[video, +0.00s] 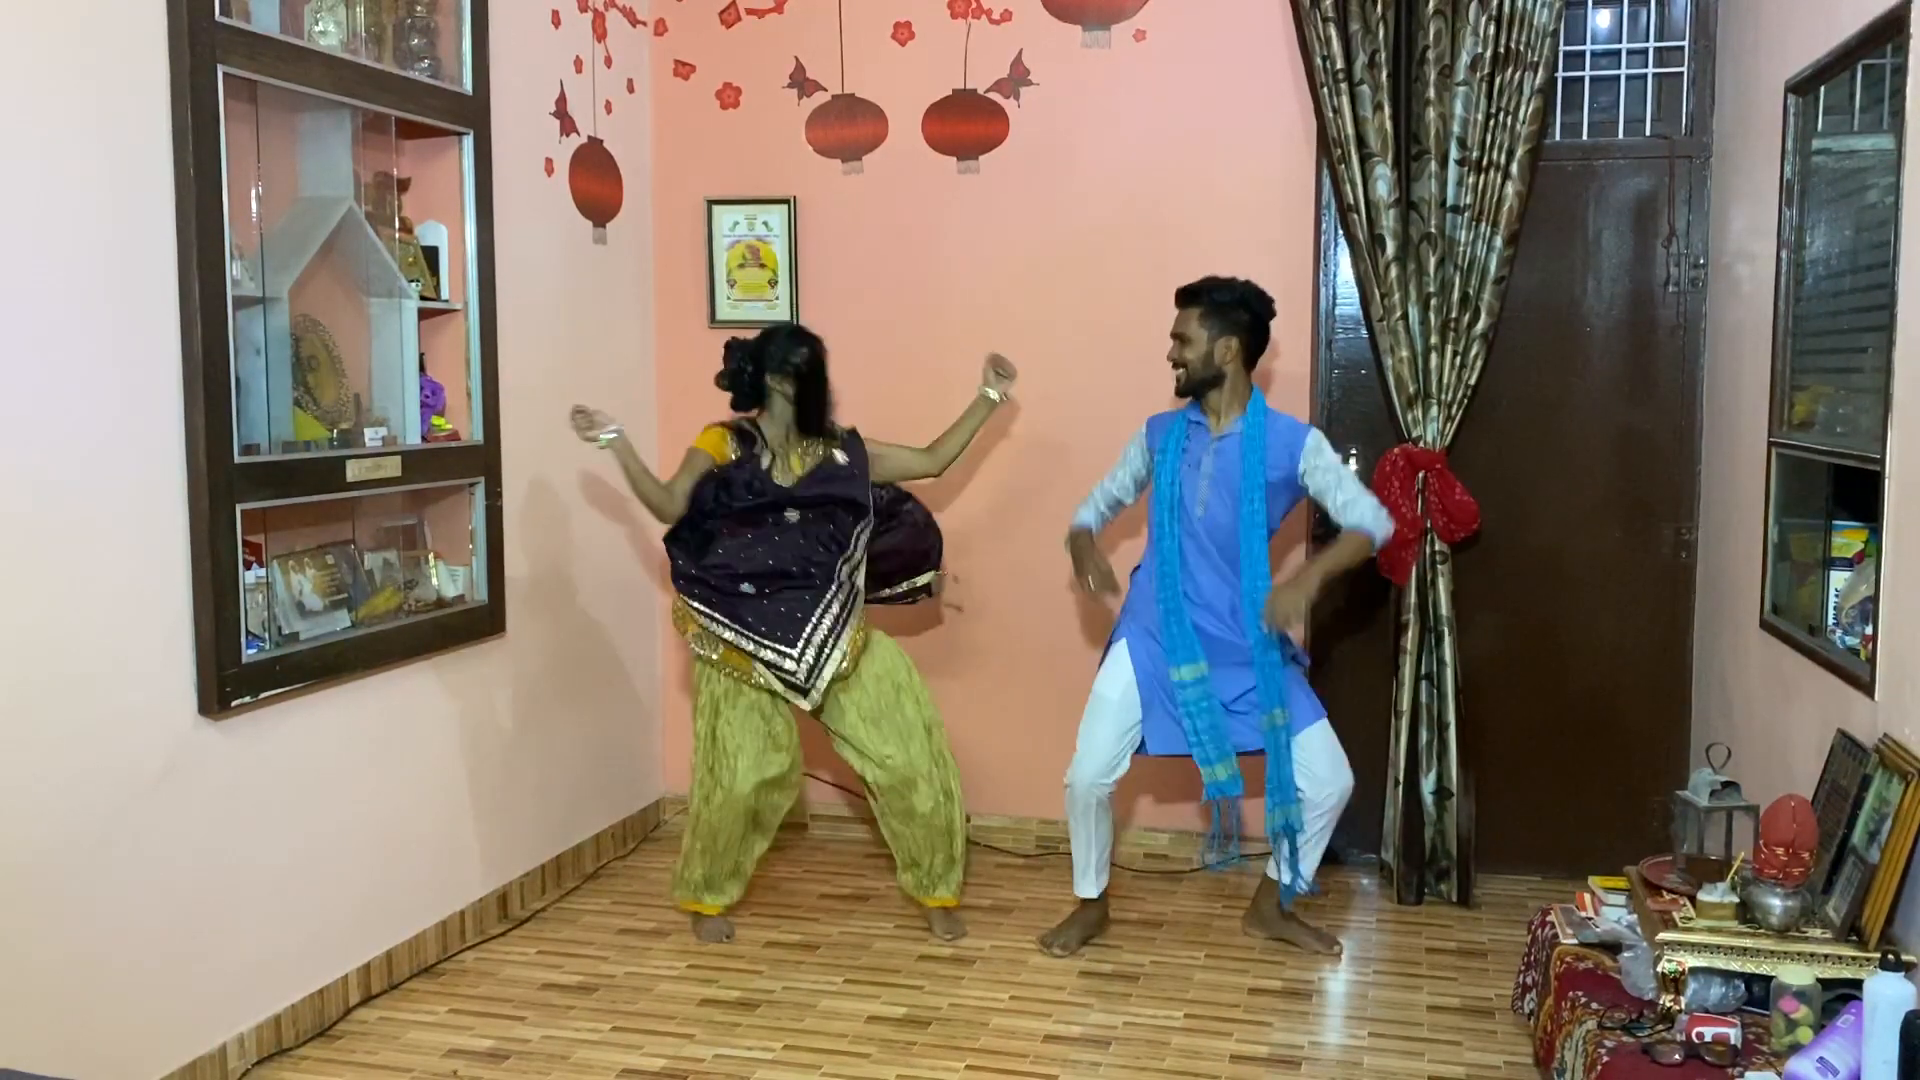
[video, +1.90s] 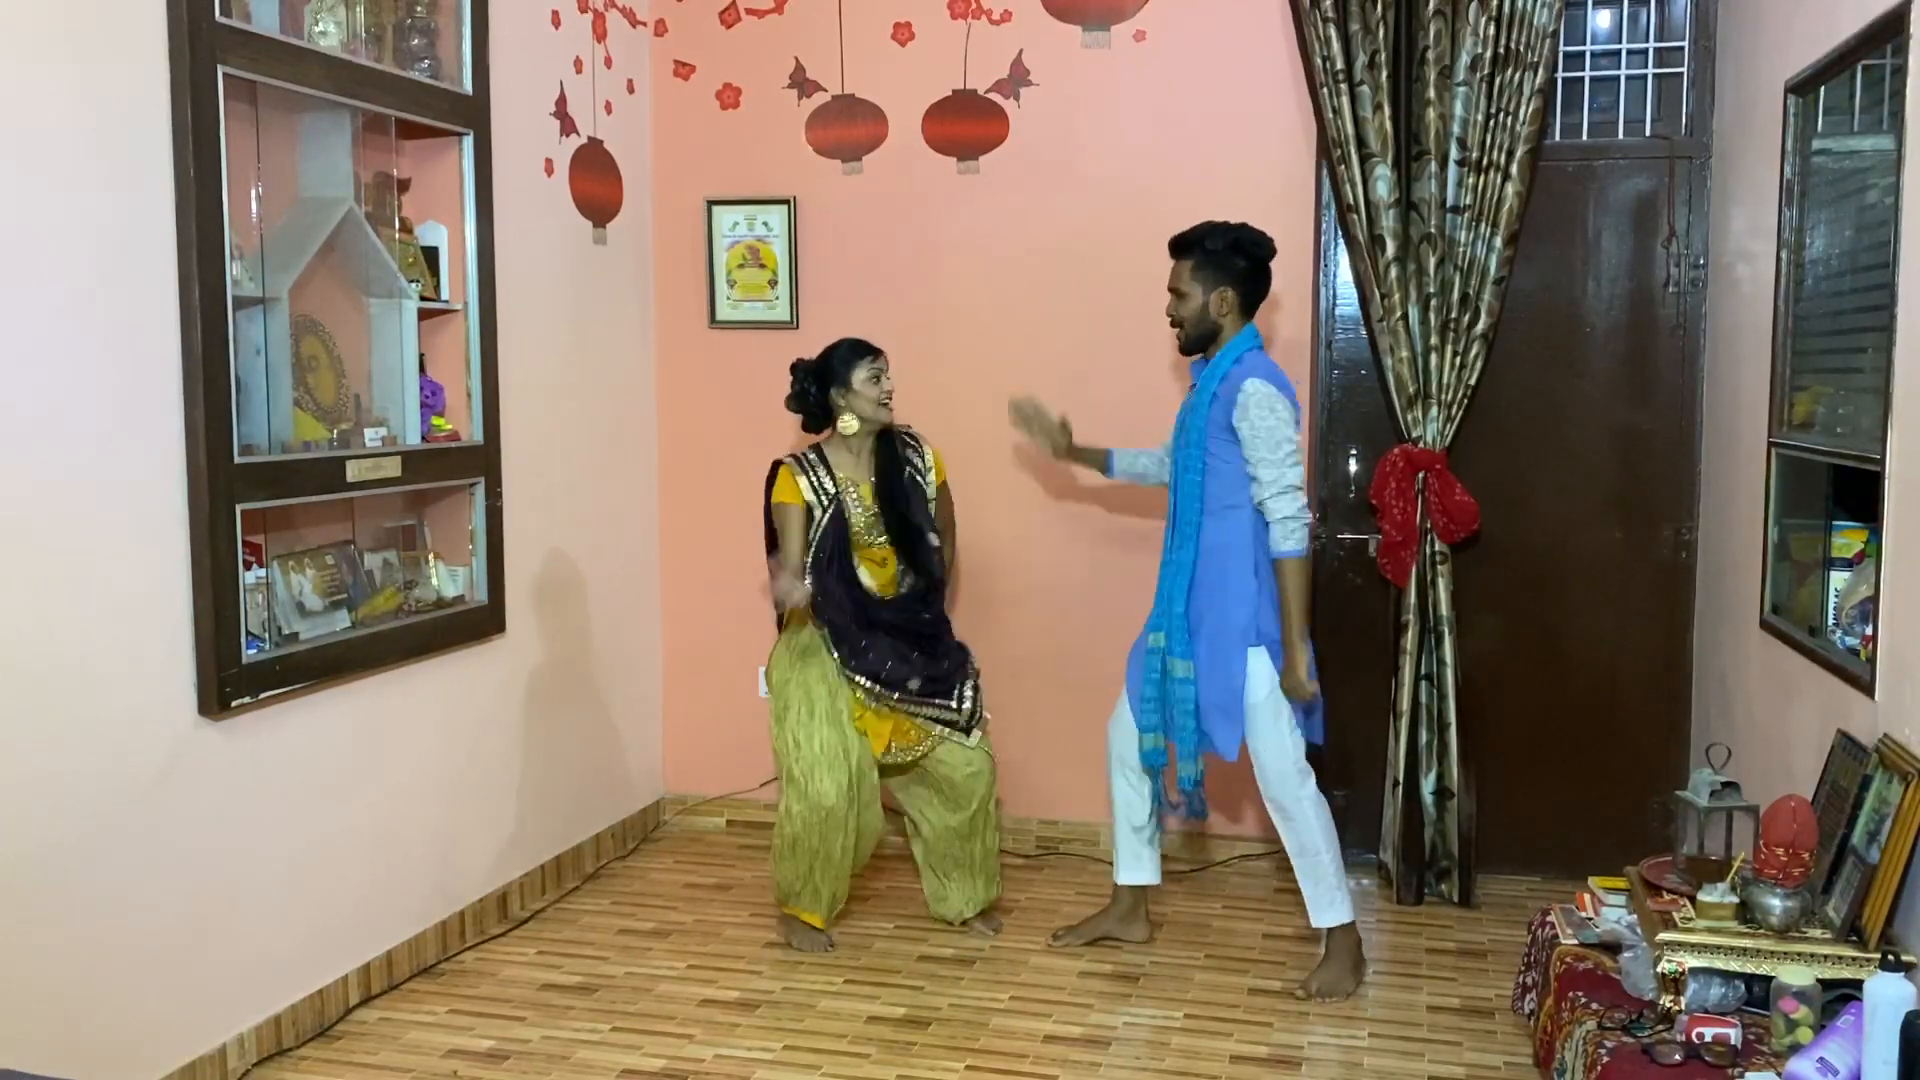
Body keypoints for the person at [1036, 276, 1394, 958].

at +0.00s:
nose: (1170, 352)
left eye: (1183, 340)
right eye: (1171, 339)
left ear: (1232, 350)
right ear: (1218, 351)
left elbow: (1369, 522)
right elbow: (1092, 512)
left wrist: (1304, 579)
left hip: (1247, 645)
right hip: (1153, 637)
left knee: (1327, 780)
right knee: (1088, 775)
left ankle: (1271, 903)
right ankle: (1090, 902)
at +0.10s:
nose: (1178, 301)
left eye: (1190, 289)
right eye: (1180, 287)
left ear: (1237, 298)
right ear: (1224, 299)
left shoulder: (1284, 381)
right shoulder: (1179, 374)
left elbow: (1380, 380)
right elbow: (1122, 387)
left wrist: (1257, 391)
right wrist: (1093, 382)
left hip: (1243, 600)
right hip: (1156, 593)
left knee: (1289, 757)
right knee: (1104, 741)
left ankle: (1281, 893)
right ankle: (1095, 893)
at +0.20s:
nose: (1188, 251)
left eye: (1205, 238)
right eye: (1187, 239)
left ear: (1248, 252)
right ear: (1194, 252)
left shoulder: (1277, 325)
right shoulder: (1184, 318)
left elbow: (1336, 252)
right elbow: (1135, 272)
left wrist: (1250, 200)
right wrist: (1105, 209)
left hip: (1242, 551)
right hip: (1156, 547)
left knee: (1272, 719)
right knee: (1114, 703)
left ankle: (1298, 877)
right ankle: (1099, 871)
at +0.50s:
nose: (1197, 282)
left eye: (1209, 272)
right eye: (1198, 271)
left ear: (1250, 283)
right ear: (1212, 281)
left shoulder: (1270, 355)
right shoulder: (1198, 354)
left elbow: (1304, 347)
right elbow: (1158, 339)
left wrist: (1240, 269)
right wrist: (1143, 308)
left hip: (1243, 583)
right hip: (1164, 577)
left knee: (1277, 742)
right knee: (1107, 722)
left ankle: (1319, 914)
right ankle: (1128, 890)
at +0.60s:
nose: (1189, 315)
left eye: (1201, 302)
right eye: (1189, 301)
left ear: (1250, 305)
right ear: (1217, 302)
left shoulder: (1288, 395)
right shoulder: (1206, 381)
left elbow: (1305, 514)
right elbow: (1202, 469)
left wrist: (1208, 475)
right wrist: (1147, 471)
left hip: (1241, 602)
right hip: (1170, 592)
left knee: (1276, 754)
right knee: (1115, 722)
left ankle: (1317, 911)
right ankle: (1128, 891)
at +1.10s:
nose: (1157, 318)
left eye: (1167, 304)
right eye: (1158, 303)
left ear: (1211, 309)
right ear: (1204, 308)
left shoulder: (1247, 392)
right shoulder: (1198, 389)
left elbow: (1251, 501)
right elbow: (1191, 489)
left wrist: (1206, 553)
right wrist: (1142, 518)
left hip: (1247, 607)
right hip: (1193, 603)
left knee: (1256, 768)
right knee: (1128, 726)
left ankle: (1345, 927)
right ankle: (1132, 892)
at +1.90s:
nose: (1168, 308)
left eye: (1179, 294)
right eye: (1170, 293)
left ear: (1226, 299)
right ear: (1217, 299)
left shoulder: (1254, 388)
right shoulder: (1213, 382)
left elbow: (1290, 517)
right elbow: (1176, 468)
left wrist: (1296, 642)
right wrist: (1074, 451)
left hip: (1247, 619)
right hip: (1190, 613)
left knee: (1281, 773)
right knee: (1129, 733)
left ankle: (1340, 937)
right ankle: (1130, 904)